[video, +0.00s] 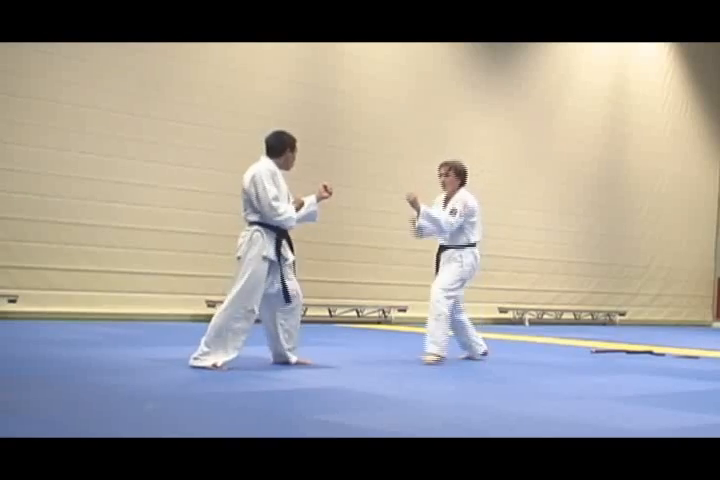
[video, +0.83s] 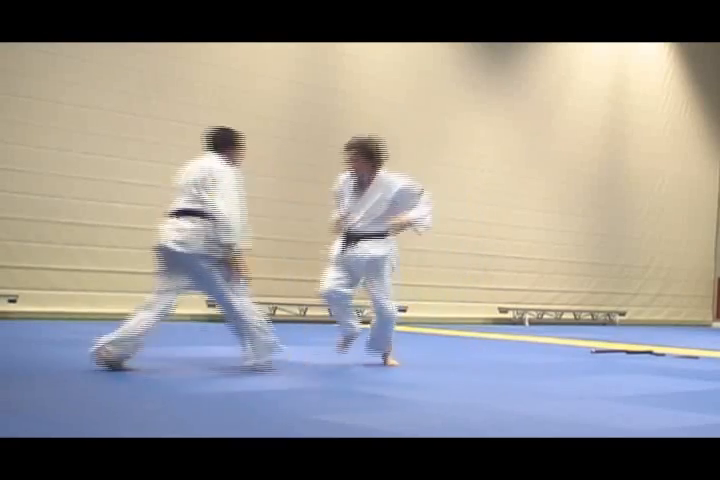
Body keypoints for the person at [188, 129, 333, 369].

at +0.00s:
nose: (295, 158)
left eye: (295, 152)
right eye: (294, 152)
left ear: (277, 152)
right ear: (285, 152)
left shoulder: (276, 175)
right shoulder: (262, 172)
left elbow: (288, 212)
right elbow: (274, 213)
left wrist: (316, 200)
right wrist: (294, 208)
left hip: (276, 241)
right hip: (260, 240)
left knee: (288, 297)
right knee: (242, 299)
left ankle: (285, 354)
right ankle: (206, 355)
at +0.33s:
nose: (308, 179)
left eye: (309, 174)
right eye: (308, 174)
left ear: (291, 171)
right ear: (298, 172)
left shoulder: (285, 189)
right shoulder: (279, 187)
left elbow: (293, 222)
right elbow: (287, 223)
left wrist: (314, 223)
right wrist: (313, 228)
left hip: (275, 251)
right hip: (264, 250)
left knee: (302, 299)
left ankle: (291, 353)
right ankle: (235, 342)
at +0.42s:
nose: (311, 192)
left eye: (312, 188)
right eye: (311, 187)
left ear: (290, 178)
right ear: (305, 183)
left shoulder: (274, 190)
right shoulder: (290, 192)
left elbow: (290, 232)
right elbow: (315, 228)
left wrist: (319, 217)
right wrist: (324, 220)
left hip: (245, 249)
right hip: (258, 251)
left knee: (282, 304)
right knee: (303, 303)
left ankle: (291, 354)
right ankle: (259, 345)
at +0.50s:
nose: (312, 199)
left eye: (312, 195)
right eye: (312, 194)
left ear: (289, 185)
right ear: (307, 190)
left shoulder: (271, 195)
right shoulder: (297, 198)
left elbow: (283, 238)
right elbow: (325, 232)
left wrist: (316, 238)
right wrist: (337, 227)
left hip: (227, 248)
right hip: (251, 247)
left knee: (264, 305)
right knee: (301, 299)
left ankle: (282, 354)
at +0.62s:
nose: (301, 197)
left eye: (301, 192)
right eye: (300, 192)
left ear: (275, 184)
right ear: (292, 189)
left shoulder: (255, 195)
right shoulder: (284, 203)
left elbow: (271, 242)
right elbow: (310, 239)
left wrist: (295, 266)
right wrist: (322, 253)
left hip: (216, 248)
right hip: (244, 252)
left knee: (229, 311)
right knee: (288, 301)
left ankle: (193, 336)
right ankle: (290, 360)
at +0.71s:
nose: (282, 175)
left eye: (282, 170)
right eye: (280, 170)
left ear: (254, 165)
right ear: (270, 169)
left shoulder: (233, 178)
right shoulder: (267, 189)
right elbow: (283, 228)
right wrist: (296, 257)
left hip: (204, 243)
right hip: (230, 246)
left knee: (202, 316)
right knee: (270, 301)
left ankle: (153, 327)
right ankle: (287, 360)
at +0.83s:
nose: (242, 155)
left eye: (241, 149)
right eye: (239, 149)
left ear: (214, 146)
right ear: (229, 149)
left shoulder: (194, 166)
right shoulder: (222, 169)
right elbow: (226, 213)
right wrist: (234, 253)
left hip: (171, 236)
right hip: (199, 239)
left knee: (161, 303)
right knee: (233, 297)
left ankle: (112, 349)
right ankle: (261, 351)